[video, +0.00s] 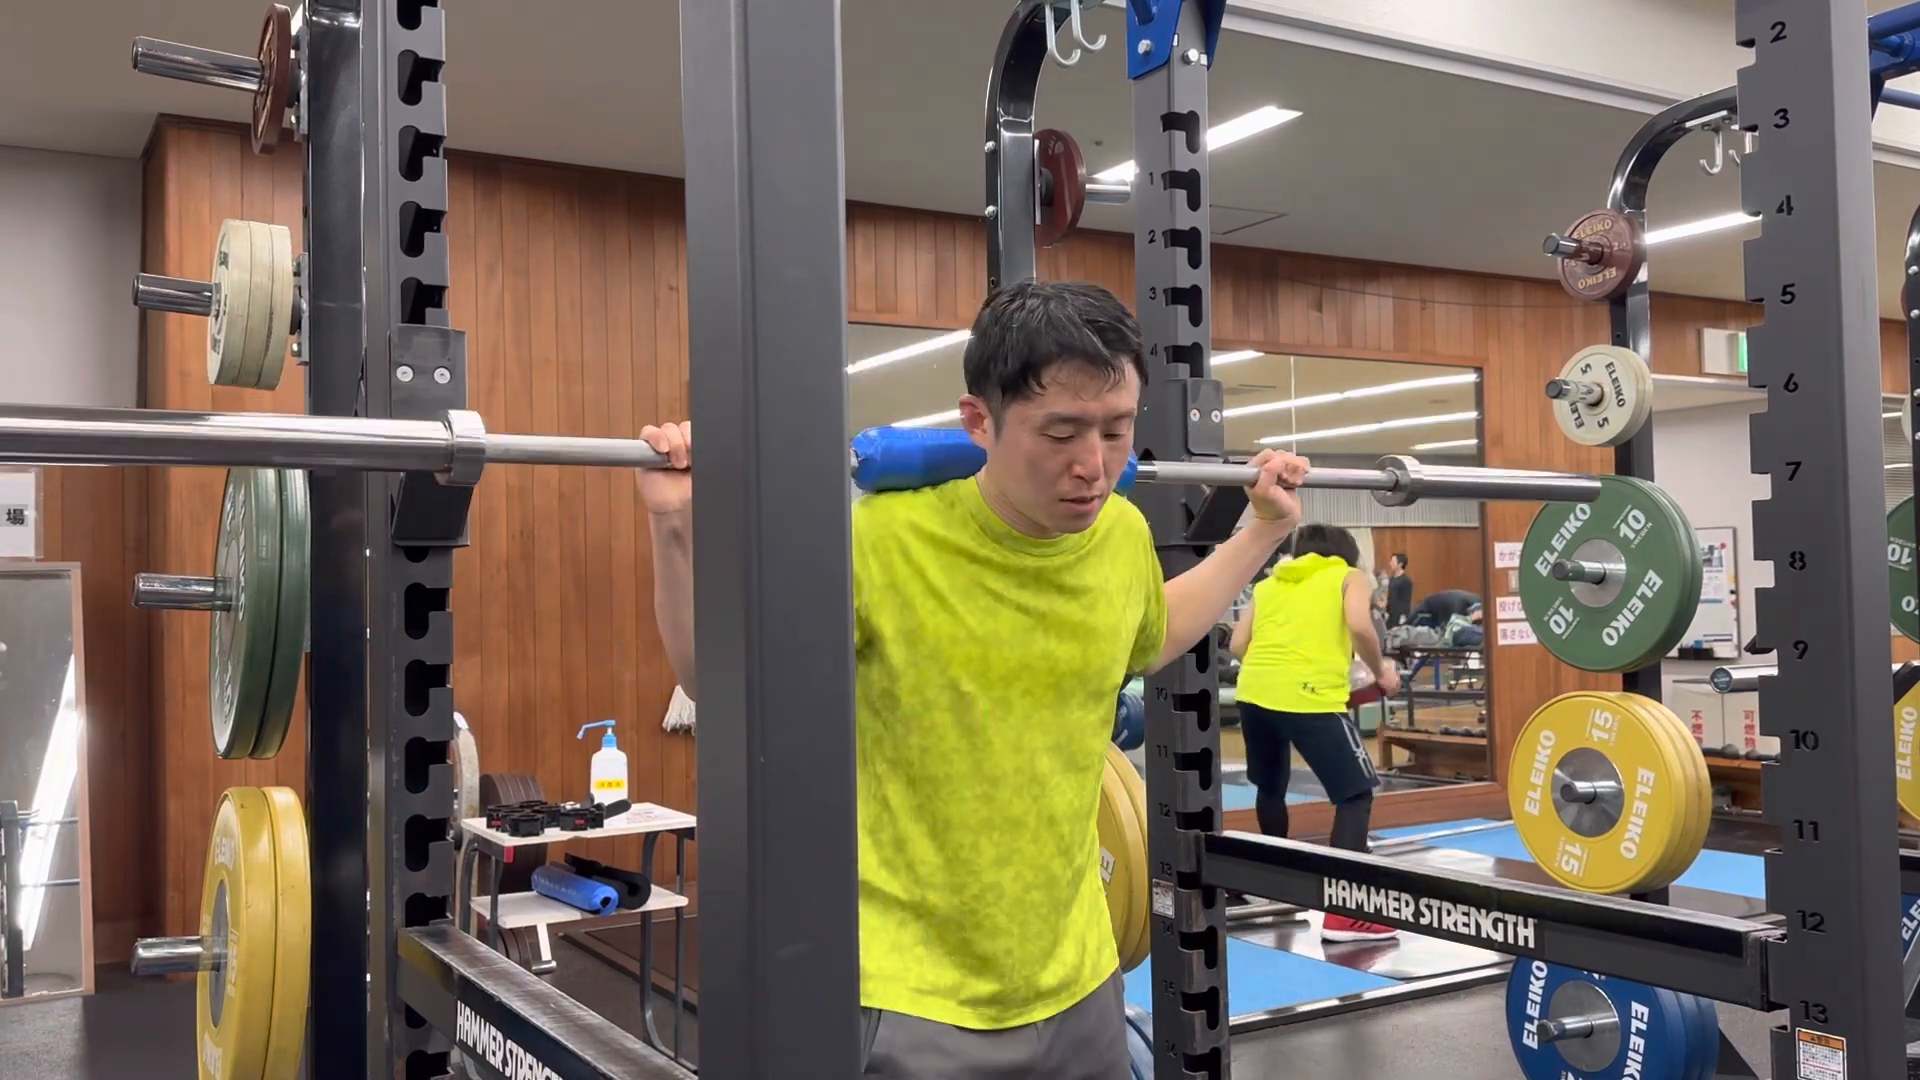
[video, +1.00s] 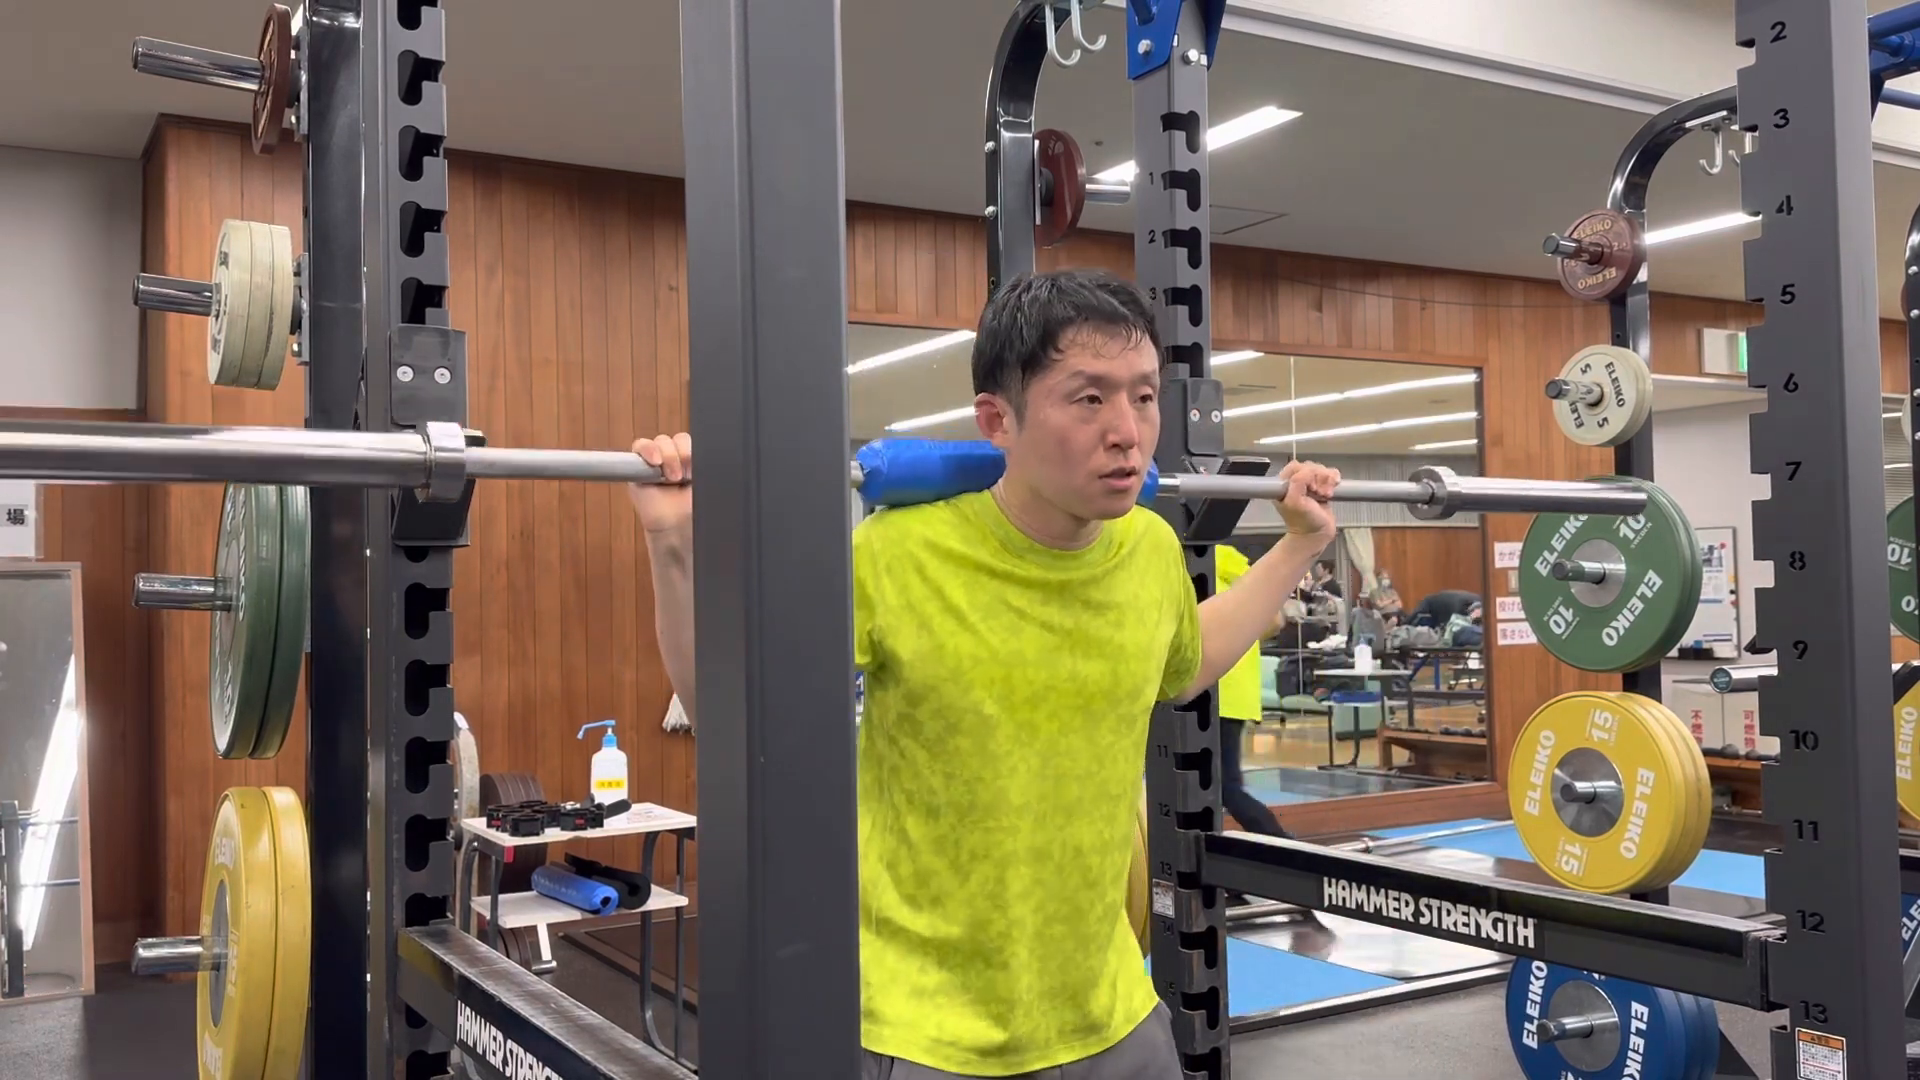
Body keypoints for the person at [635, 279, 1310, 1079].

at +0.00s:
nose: (1094, 463)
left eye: (1114, 429)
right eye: (1060, 431)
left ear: (1134, 418)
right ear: (979, 420)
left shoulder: (1122, 535)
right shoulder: (878, 542)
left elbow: (1144, 640)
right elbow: (712, 675)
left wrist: (1260, 535)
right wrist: (675, 528)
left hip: (1078, 987)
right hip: (914, 1005)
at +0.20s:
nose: (1093, 480)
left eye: (1117, 445)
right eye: (1062, 444)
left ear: (1136, 426)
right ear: (976, 421)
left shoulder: (1112, 539)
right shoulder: (861, 538)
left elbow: (1134, 650)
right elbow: (692, 686)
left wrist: (1257, 539)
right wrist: (656, 524)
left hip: (1064, 994)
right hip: (892, 1016)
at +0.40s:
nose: (1100, 483)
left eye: (1125, 449)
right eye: (1070, 446)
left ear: (1145, 430)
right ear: (982, 420)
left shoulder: (1120, 544)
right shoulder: (862, 539)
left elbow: (1150, 649)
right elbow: (691, 685)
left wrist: (1269, 539)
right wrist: (653, 516)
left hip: (1080, 1001)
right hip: (899, 1021)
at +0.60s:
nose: (1136, 434)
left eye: (1153, 399)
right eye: (1096, 400)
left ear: (1171, 405)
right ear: (1008, 412)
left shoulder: (1154, 538)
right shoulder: (905, 545)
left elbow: (1185, 655)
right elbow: (724, 663)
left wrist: (1302, 541)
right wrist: (686, 527)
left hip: (1118, 988)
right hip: (945, 1009)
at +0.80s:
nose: (1136, 423)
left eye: (1153, 388)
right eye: (1096, 388)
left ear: (1170, 397)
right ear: (1007, 406)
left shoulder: (1159, 536)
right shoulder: (906, 543)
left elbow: (1195, 651)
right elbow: (727, 665)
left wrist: (1308, 538)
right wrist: (685, 525)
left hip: (1118, 996)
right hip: (941, 1014)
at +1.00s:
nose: (1129, 431)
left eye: (1143, 397)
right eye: (1088, 397)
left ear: (1161, 409)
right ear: (997, 420)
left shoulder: (1150, 551)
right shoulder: (892, 561)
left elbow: (1184, 662)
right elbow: (715, 700)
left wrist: (1299, 548)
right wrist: (675, 550)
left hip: (1111, 1016)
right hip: (924, 1033)